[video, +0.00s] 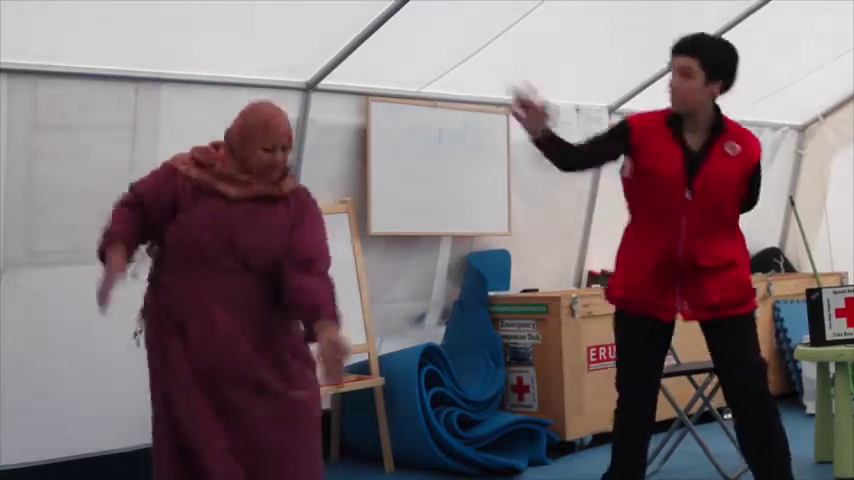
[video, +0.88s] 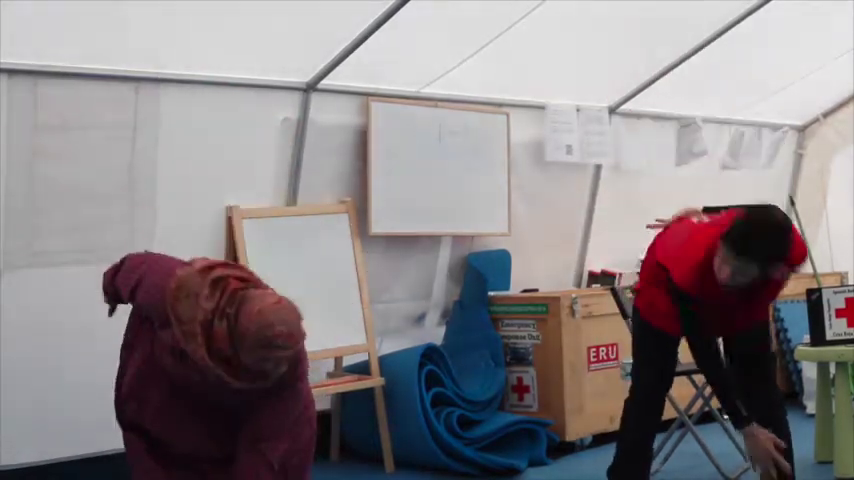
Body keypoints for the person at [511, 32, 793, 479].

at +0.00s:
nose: (671, 82)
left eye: (684, 75)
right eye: (672, 73)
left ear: (716, 86)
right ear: (670, 77)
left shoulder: (744, 147)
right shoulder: (640, 131)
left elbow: (745, 201)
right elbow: (572, 158)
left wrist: (690, 215)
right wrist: (540, 133)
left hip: (720, 283)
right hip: (645, 283)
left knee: (753, 401)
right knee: (634, 405)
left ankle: (776, 476)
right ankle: (624, 477)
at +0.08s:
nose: (688, 96)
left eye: (700, 88)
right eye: (687, 85)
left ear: (731, 100)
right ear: (683, 88)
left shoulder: (756, 156)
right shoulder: (654, 143)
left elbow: (748, 206)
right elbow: (606, 175)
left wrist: (699, 229)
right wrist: (590, 175)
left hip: (725, 287)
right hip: (653, 286)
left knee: (756, 402)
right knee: (637, 408)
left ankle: (778, 476)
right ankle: (623, 478)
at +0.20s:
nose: (711, 136)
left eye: (725, 128)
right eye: (710, 123)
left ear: (752, 137)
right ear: (706, 123)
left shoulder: (775, 181)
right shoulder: (680, 175)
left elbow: (744, 236)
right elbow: (654, 239)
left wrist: (715, 283)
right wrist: (668, 279)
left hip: (733, 287)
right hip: (663, 285)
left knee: (759, 399)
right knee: (641, 404)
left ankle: (780, 474)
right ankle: (625, 475)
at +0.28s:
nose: (727, 177)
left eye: (741, 171)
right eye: (726, 164)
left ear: (765, 177)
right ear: (721, 161)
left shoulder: (785, 201)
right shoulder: (688, 208)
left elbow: (759, 252)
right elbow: (687, 289)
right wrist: (717, 360)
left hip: (737, 300)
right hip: (666, 298)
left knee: (763, 399)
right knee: (644, 400)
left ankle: (780, 475)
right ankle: (625, 475)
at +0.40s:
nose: (738, 245)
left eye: (750, 240)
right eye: (737, 233)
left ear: (782, 242)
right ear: (740, 226)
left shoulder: (799, 239)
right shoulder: (698, 251)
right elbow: (721, 350)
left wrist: (701, 211)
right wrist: (758, 426)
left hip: (742, 302)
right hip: (668, 297)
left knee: (765, 389)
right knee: (650, 387)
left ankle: (782, 470)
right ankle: (626, 472)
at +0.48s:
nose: (745, 288)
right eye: (742, 275)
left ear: (788, 281)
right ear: (740, 260)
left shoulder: (799, 253)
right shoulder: (706, 281)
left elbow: (777, 212)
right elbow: (731, 377)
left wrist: (706, 213)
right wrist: (766, 449)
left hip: (742, 309)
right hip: (665, 297)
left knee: (765, 390)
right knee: (648, 396)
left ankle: (781, 469)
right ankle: (626, 473)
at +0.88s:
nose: (723, 273)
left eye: (737, 271)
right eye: (722, 259)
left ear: (769, 268)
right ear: (720, 243)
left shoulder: (792, 252)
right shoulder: (688, 267)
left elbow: (765, 216)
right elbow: (707, 359)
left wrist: (704, 213)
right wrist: (745, 426)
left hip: (742, 307)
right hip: (666, 302)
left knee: (765, 399)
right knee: (647, 397)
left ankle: (781, 474)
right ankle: (627, 474)